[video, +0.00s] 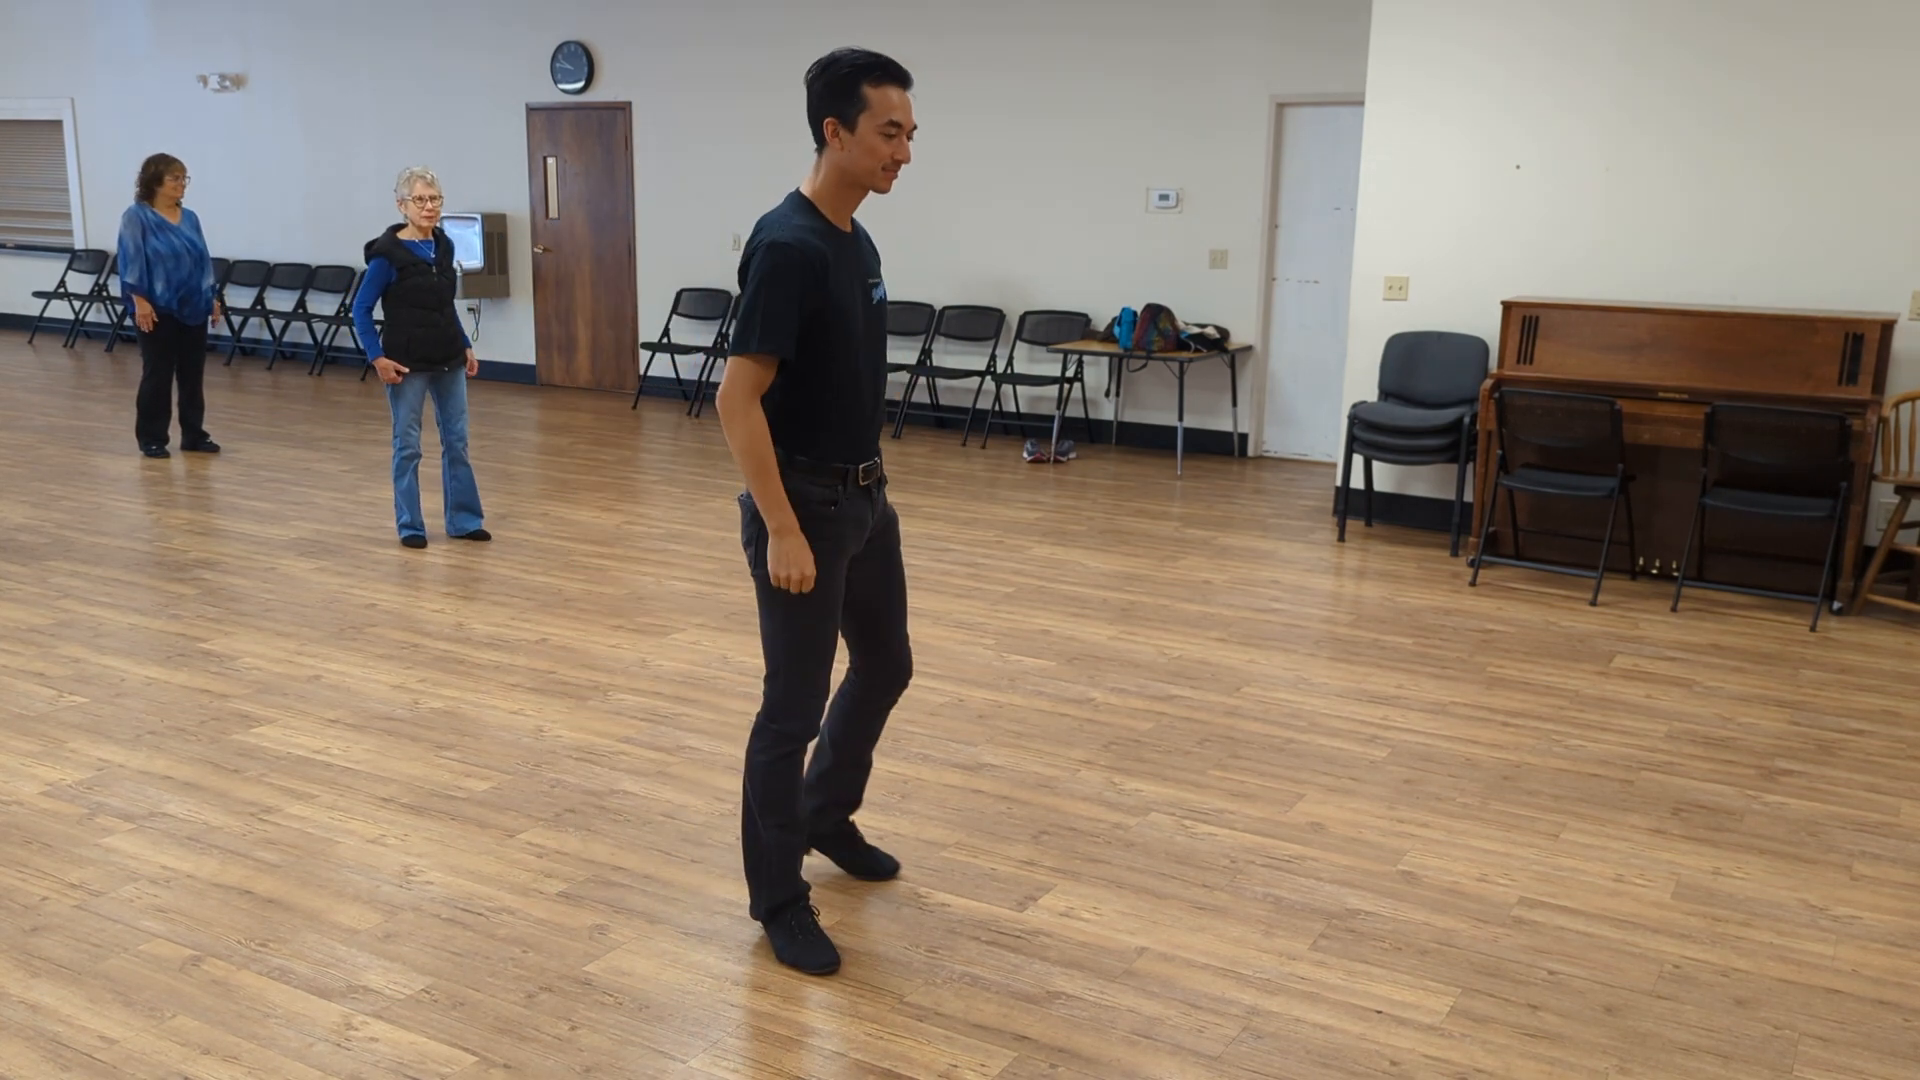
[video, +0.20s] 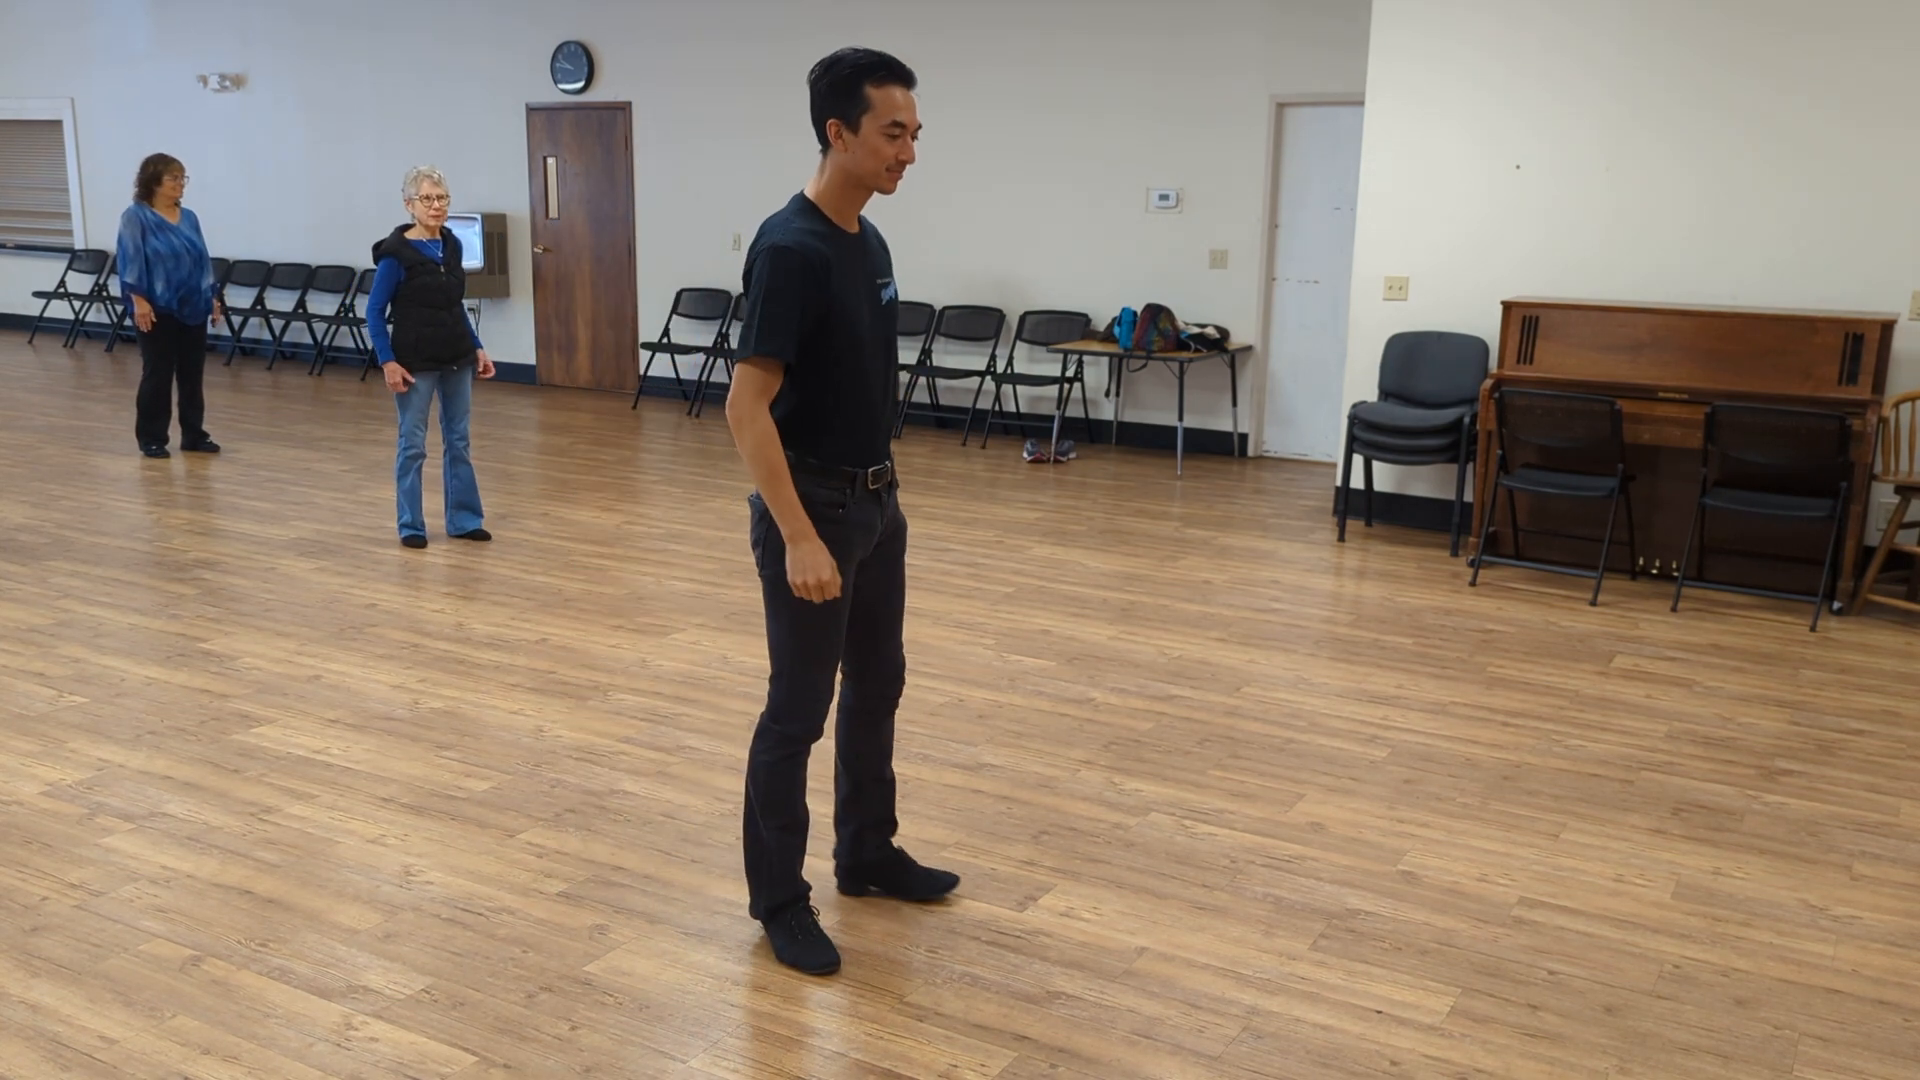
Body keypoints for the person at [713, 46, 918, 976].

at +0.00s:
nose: (906, 148)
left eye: (909, 130)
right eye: (891, 130)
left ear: (867, 136)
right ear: (834, 133)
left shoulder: (856, 242)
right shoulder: (785, 246)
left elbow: (840, 381)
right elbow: (736, 400)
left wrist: (863, 486)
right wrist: (782, 528)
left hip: (862, 502)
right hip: (801, 512)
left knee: (883, 668)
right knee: (791, 710)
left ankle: (824, 813)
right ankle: (777, 900)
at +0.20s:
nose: (910, 148)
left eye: (914, 131)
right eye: (896, 130)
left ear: (881, 136)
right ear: (837, 131)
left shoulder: (870, 244)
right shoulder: (788, 248)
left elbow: (858, 384)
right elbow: (745, 409)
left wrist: (876, 491)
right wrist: (798, 535)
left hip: (873, 503)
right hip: (809, 513)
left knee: (874, 689)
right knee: (796, 713)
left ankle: (865, 854)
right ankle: (778, 901)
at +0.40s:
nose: (916, 147)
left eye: (918, 130)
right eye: (900, 130)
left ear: (879, 138)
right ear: (844, 133)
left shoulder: (893, 246)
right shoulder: (795, 248)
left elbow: (898, 380)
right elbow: (761, 409)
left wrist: (943, 472)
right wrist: (815, 527)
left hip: (889, 502)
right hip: (820, 510)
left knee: (885, 689)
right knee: (810, 711)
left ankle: (871, 859)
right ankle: (781, 900)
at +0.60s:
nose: (929, 142)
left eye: (933, 126)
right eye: (912, 126)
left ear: (923, 134)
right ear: (856, 132)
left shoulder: (914, 245)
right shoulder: (810, 246)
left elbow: (944, 372)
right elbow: (770, 395)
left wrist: (1014, 459)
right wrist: (820, 516)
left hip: (902, 498)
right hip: (828, 502)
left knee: (887, 693)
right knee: (828, 705)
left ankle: (871, 860)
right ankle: (784, 897)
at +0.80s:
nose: (940, 140)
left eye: (943, 125)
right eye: (923, 124)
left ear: (930, 135)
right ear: (869, 131)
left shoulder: (926, 246)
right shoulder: (820, 243)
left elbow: (947, 377)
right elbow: (776, 390)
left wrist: (1006, 476)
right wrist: (814, 515)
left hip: (907, 500)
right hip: (833, 503)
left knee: (886, 695)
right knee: (821, 710)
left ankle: (871, 857)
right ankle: (776, 911)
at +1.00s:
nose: (941, 142)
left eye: (943, 127)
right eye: (925, 125)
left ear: (913, 139)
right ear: (870, 131)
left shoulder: (914, 261)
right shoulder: (820, 244)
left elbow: (910, 399)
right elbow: (776, 391)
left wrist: (962, 493)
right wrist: (819, 517)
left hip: (904, 505)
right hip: (832, 509)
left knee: (888, 697)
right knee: (814, 720)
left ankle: (872, 857)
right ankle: (769, 919)